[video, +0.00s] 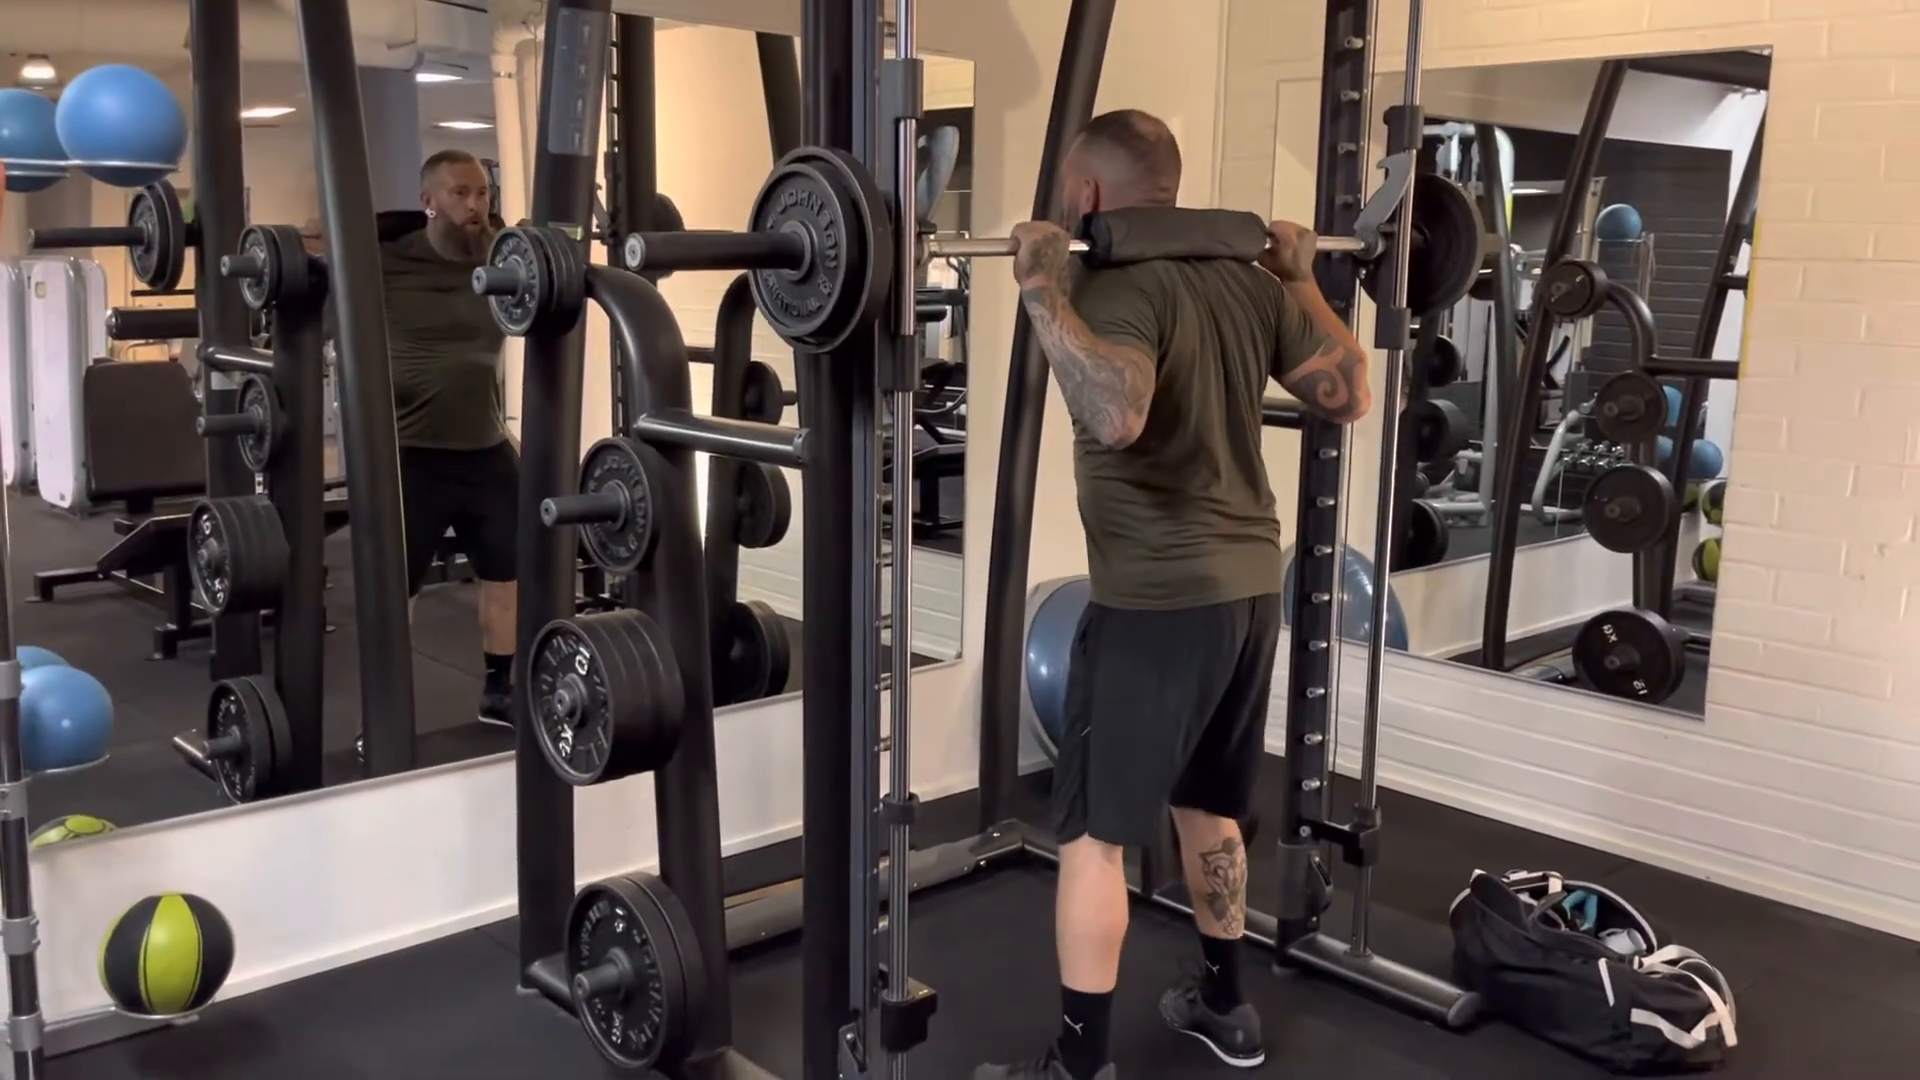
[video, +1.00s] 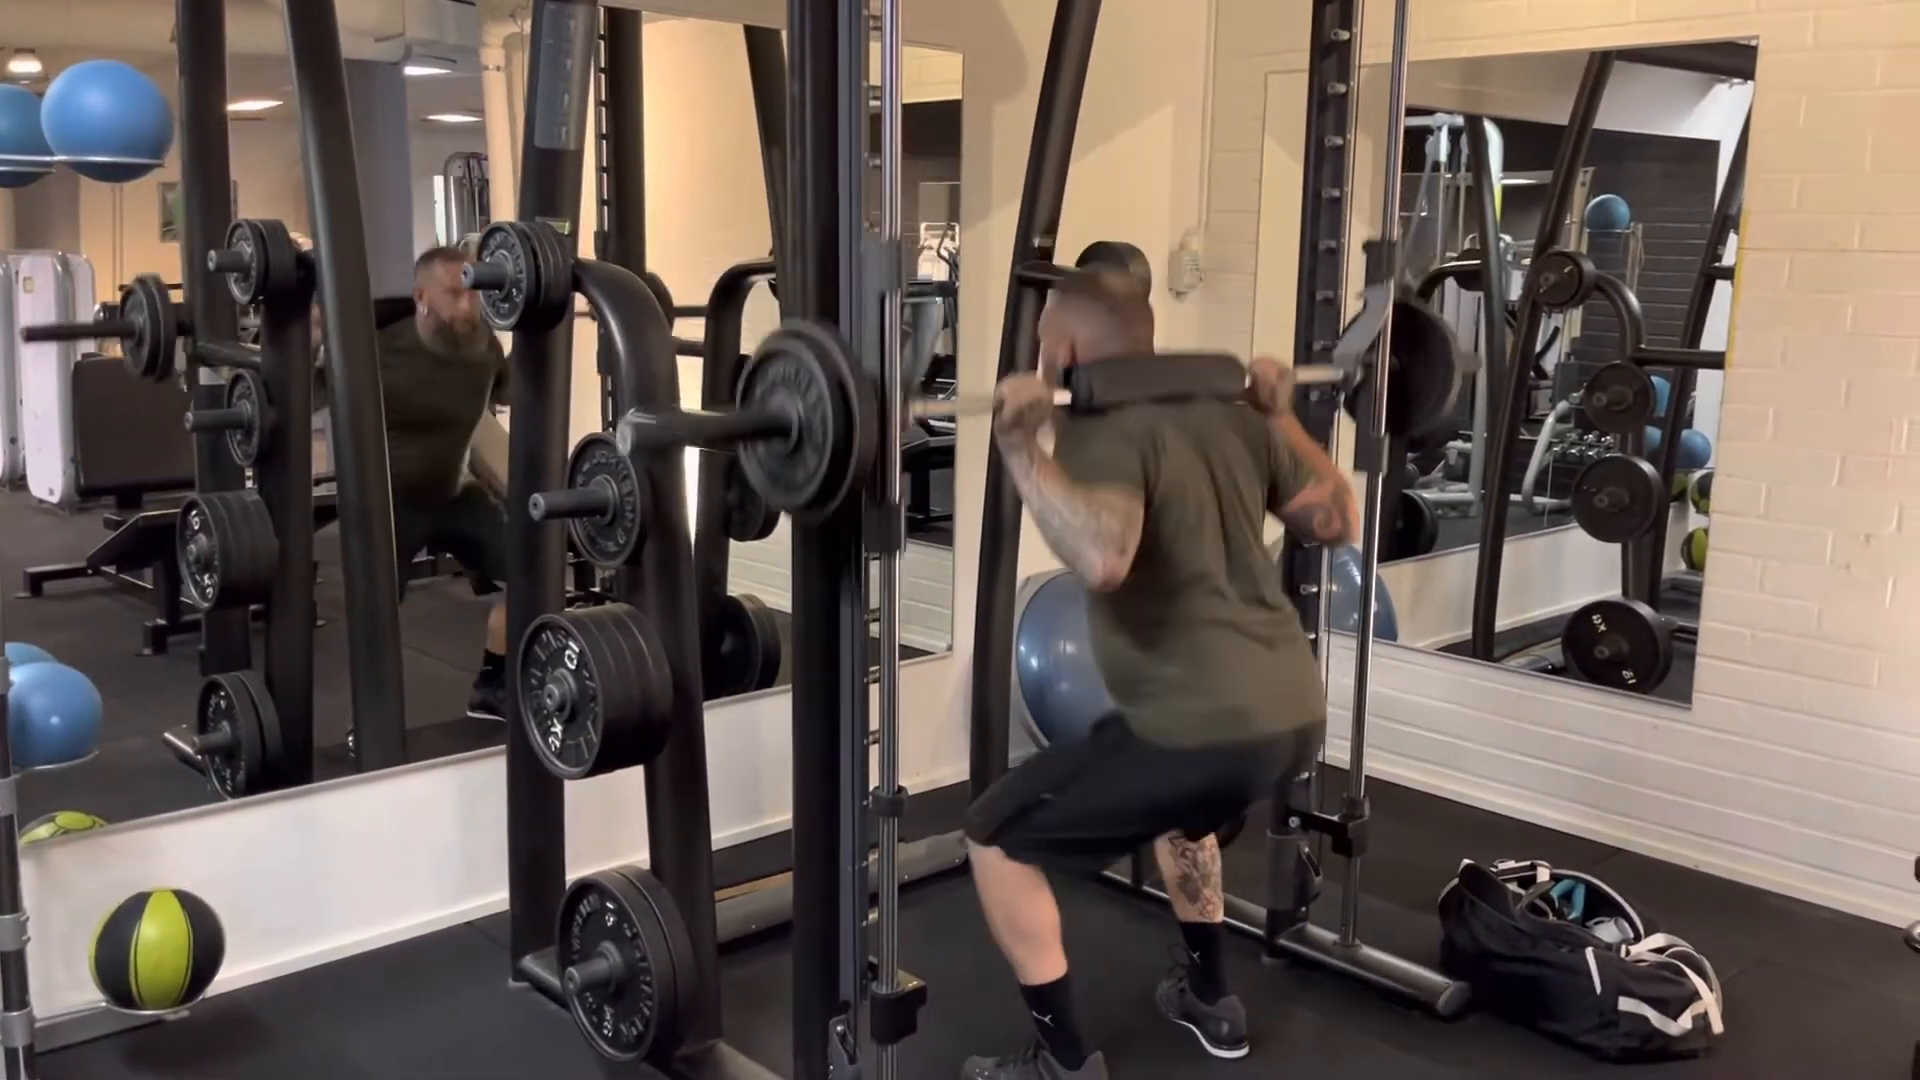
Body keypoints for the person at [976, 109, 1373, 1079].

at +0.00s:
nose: (1062, 204)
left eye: (1066, 187)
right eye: (1065, 188)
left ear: (1094, 186)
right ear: (1171, 185)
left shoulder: (1123, 279)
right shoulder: (1247, 274)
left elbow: (1117, 413)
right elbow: (1344, 394)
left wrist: (1042, 290)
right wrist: (1301, 278)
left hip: (1156, 602)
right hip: (1250, 593)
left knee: (1097, 826)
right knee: (1210, 793)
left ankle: (1078, 1057)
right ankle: (1224, 1003)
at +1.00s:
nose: (1043, 347)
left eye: (1047, 330)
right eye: (1046, 328)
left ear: (1071, 337)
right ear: (1140, 333)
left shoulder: (1106, 423)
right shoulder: (1233, 412)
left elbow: (1102, 556)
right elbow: (1337, 517)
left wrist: (1023, 451)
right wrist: (1279, 413)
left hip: (1193, 733)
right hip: (1292, 719)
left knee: (996, 834)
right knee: (1178, 813)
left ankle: (1062, 1050)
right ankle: (1213, 998)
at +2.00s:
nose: (1036, 450)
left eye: (1038, 436)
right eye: (1034, 436)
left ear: (1060, 445)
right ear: (1139, 431)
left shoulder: (1097, 526)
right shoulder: (1222, 511)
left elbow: (1091, 656)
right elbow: (1328, 609)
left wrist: (1008, 546)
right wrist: (1267, 503)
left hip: (1203, 819)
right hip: (1304, 801)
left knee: (985, 845)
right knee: (1159, 791)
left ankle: (1053, 1055)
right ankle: (1203, 1000)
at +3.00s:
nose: (1042, 214)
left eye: (1044, 199)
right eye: (1045, 200)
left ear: (1067, 195)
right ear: (1147, 191)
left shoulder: (1095, 283)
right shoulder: (1225, 281)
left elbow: (1081, 414)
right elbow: (1315, 402)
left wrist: (1009, 291)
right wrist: (1273, 293)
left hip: (1135, 604)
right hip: (1234, 592)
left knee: (1072, 840)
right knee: (1197, 806)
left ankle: (1061, 1065)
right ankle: (1209, 1016)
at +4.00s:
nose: (1033, 546)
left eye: (1033, 529)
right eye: (1032, 528)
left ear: (1056, 536)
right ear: (1132, 521)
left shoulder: (1098, 609)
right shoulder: (1223, 594)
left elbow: (1093, 750)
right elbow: (1331, 688)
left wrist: (1005, 638)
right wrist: (1266, 585)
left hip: (1205, 914)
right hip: (1302, 898)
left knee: (971, 863)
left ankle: (1053, 1067)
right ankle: (1205, 1022)